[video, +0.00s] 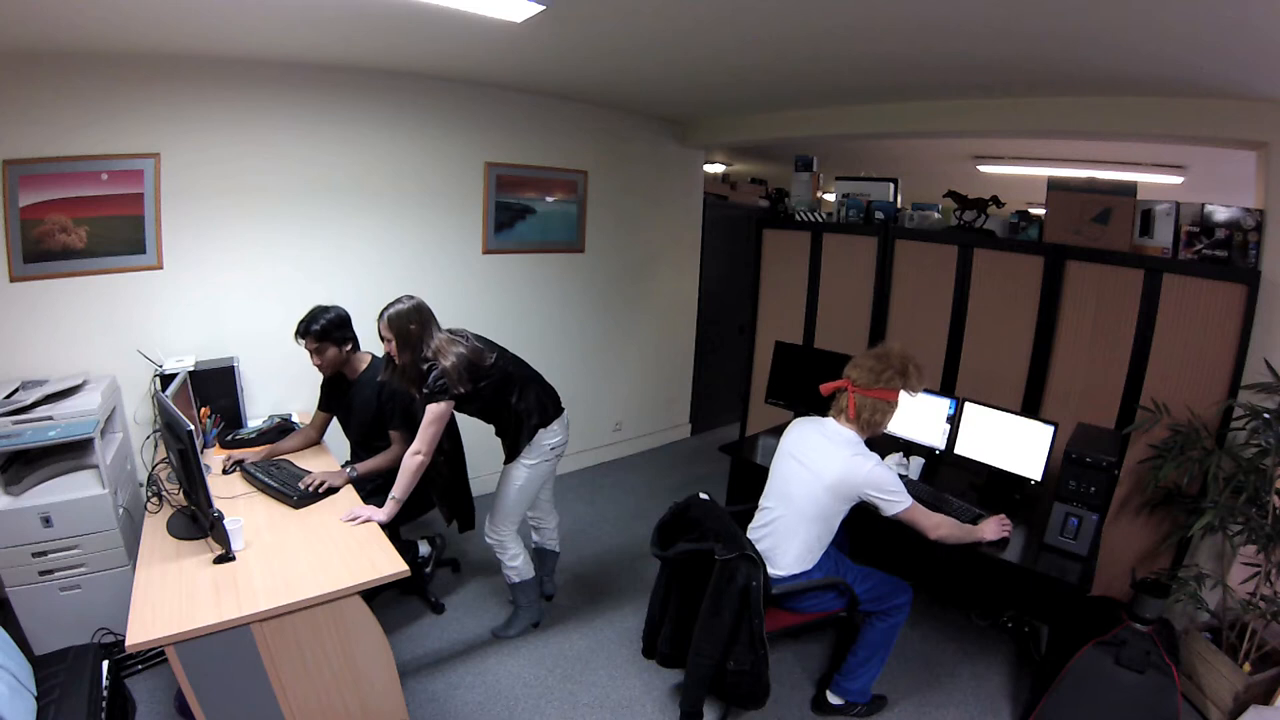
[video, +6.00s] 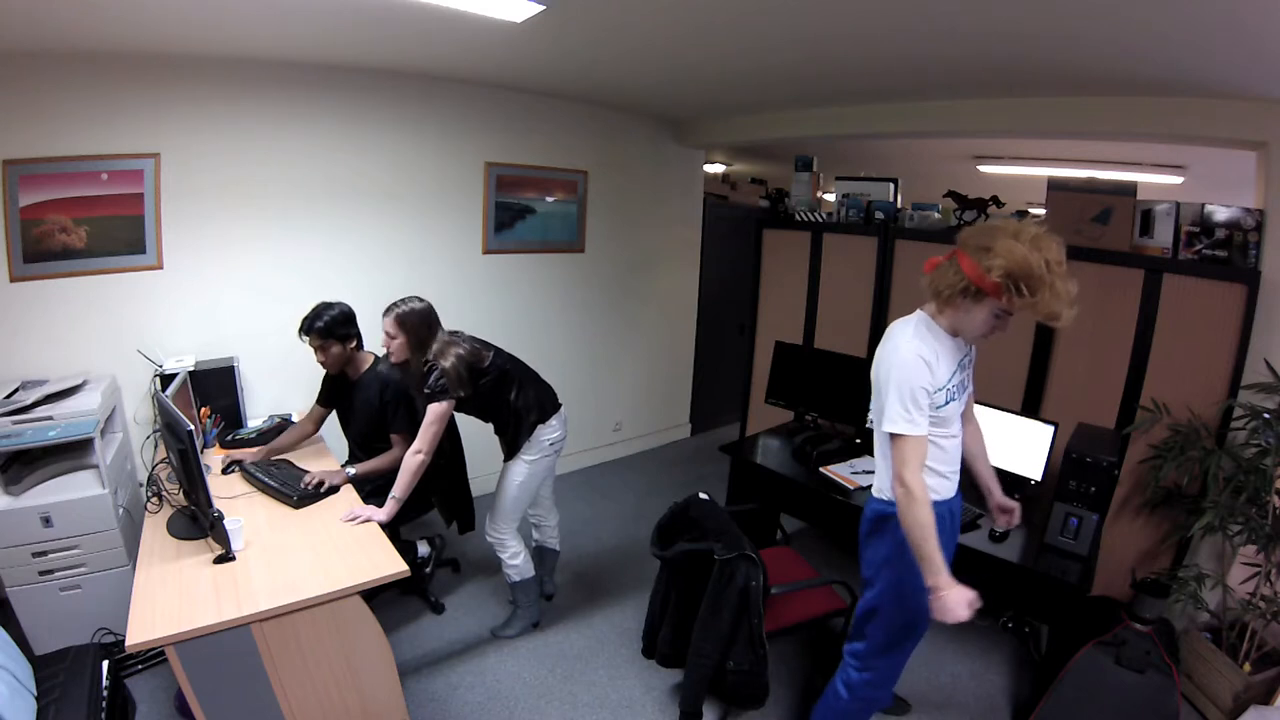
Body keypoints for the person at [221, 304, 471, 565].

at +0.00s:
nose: (314, 362)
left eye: (318, 353)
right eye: (309, 354)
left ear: (346, 345)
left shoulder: (389, 381)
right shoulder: (335, 377)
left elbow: (401, 449)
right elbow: (313, 432)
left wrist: (347, 473)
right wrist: (262, 453)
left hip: (405, 477)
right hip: (365, 473)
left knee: (341, 529)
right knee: (315, 512)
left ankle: (418, 552)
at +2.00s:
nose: (315, 363)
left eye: (319, 355)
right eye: (312, 356)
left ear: (346, 345)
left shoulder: (388, 382)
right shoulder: (339, 374)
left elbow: (403, 450)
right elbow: (333, 423)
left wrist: (346, 471)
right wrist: (307, 449)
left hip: (406, 476)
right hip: (365, 474)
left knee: (344, 527)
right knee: (321, 513)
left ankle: (419, 553)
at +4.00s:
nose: (318, 360)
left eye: (323, 351)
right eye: (314, 352)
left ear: (350, 342)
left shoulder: (388, 381)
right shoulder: (338, 375)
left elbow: (402, 450)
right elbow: (332, 428)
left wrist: (346, 474)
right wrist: (312, 458)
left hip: (408, 476)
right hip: (365, 473)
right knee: (321, 513)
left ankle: (420, 552)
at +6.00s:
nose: (318, 358)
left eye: (324, 349)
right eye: (314, 350)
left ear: (352, 342)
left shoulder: (390, 381)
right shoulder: (336, 375)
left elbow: (402, 451)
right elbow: (310, 423)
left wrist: (346, 474)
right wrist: (261, 452)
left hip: (400, 479)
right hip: (362, 474)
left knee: (338, 530)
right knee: (312, 512)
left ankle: (418, 553)